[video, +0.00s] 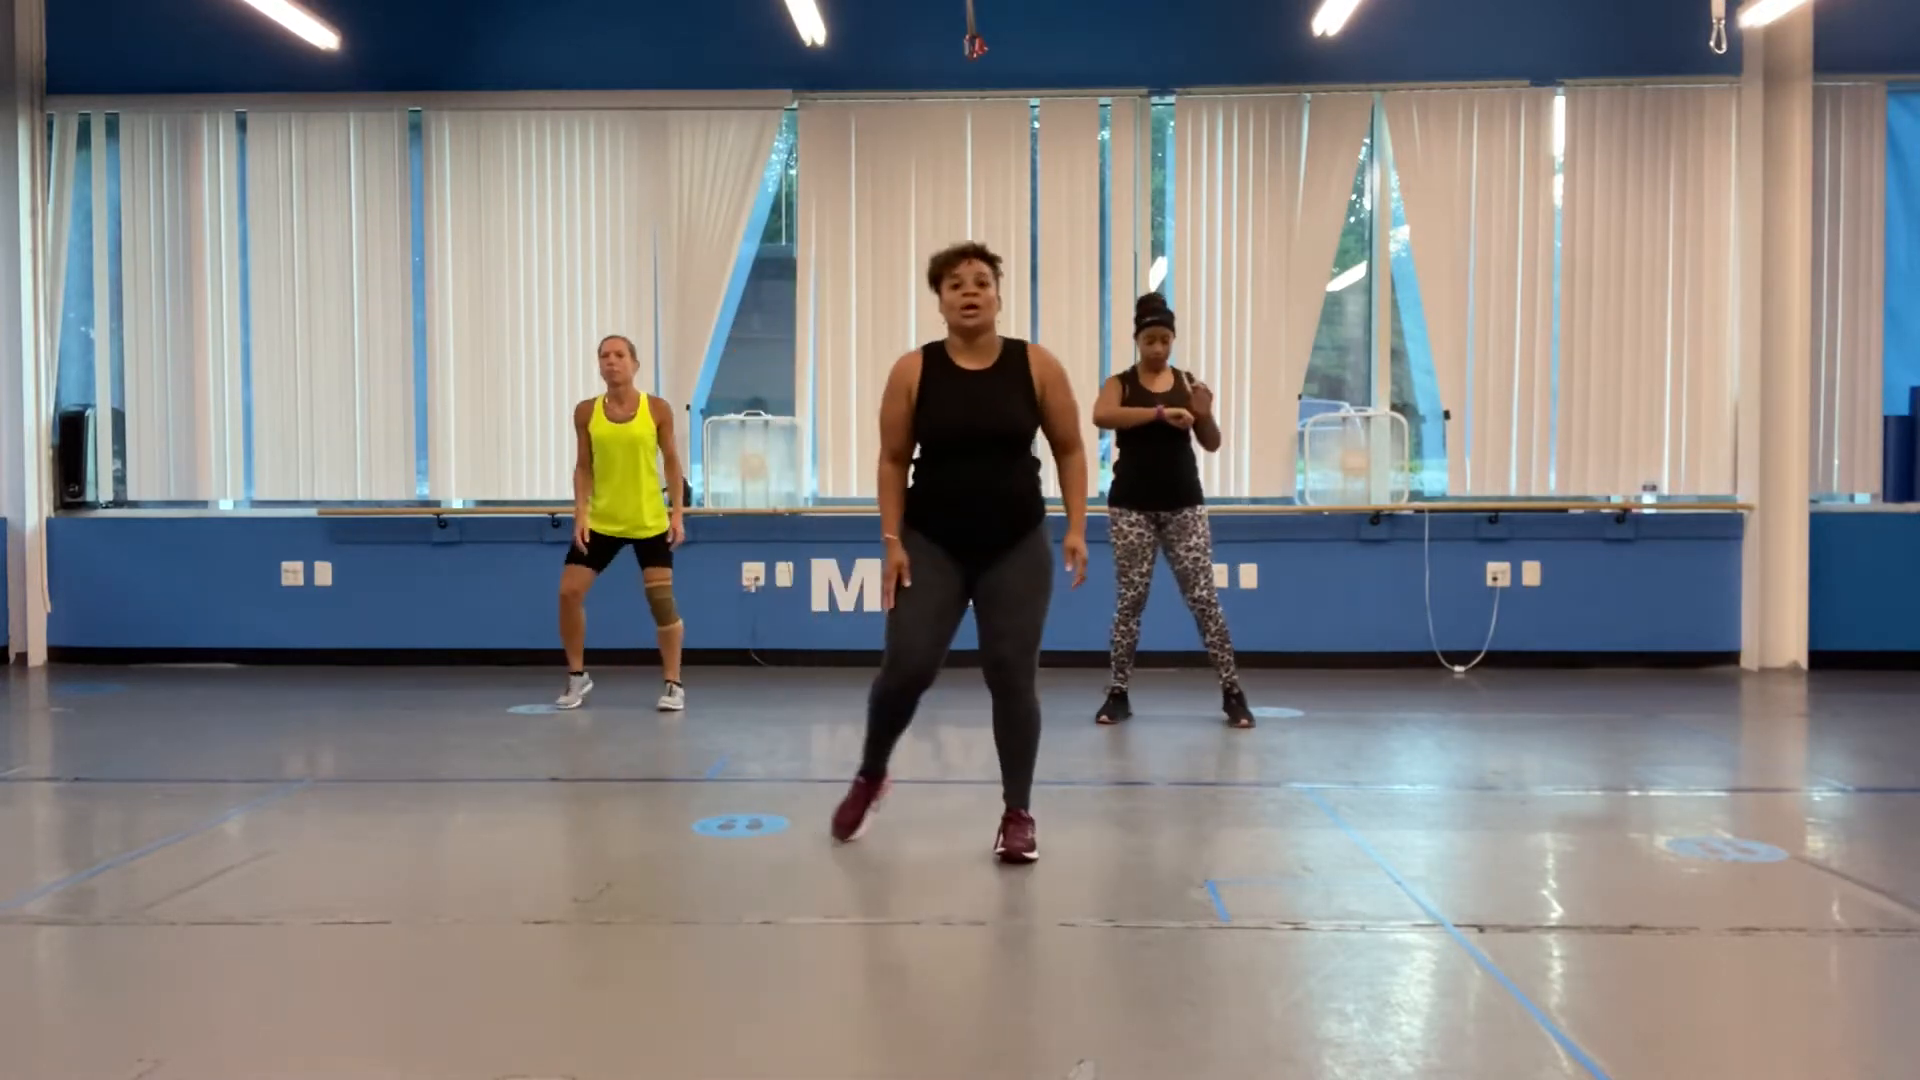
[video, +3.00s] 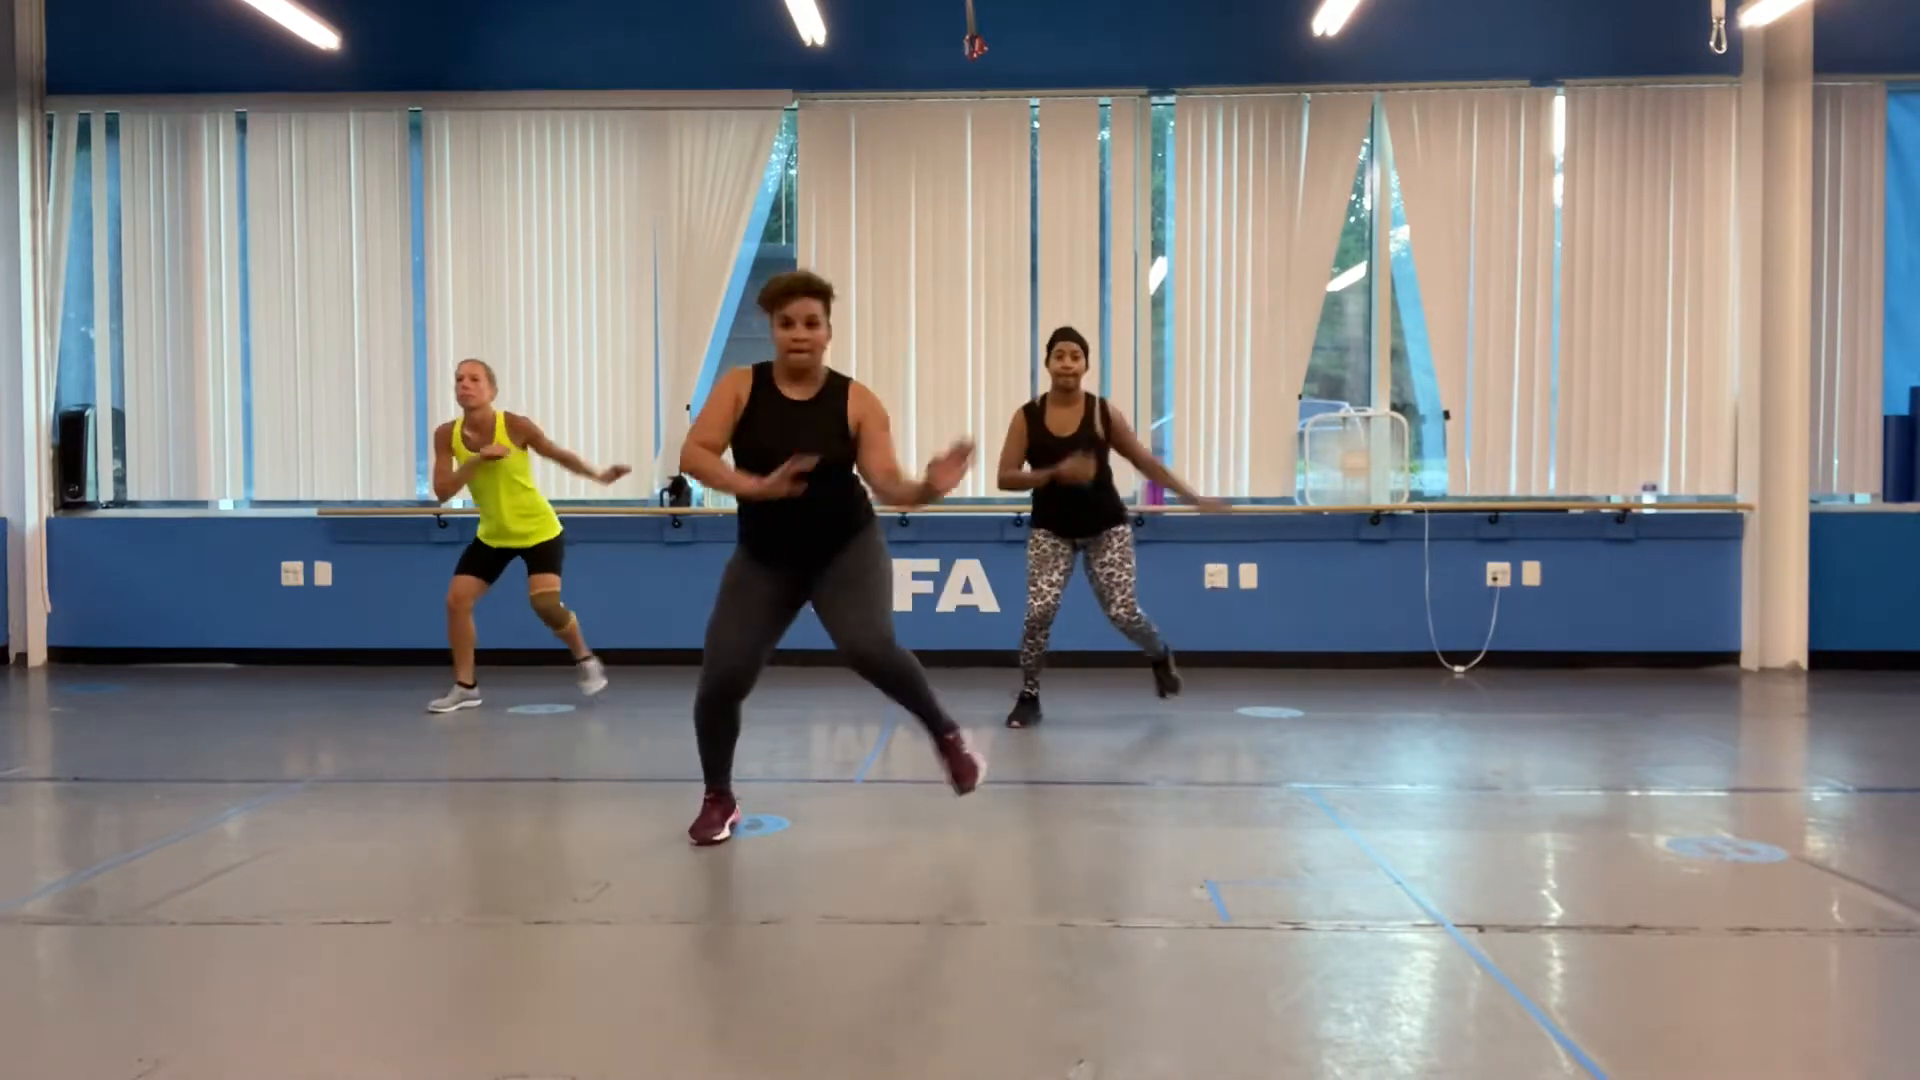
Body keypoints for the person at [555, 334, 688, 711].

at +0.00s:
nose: (611, 361)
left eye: (618, 355)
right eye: (605, 356)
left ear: (634, 364)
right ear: (598, 366)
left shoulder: (657, 409)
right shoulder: (586, 412)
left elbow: (672, 462)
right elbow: (583, 467)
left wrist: (677, 511)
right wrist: (580, 514)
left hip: (650, 520)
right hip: (602, 521)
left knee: (660, 599)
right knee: (570, 591)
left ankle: (672, 684)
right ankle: (576, 677)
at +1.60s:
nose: (561, 369)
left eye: (570, 364)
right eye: (556, 363)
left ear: (586, 375)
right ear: (550, 373)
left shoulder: (607, 412)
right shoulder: (539, 412)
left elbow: (652, 441)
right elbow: (535, 465)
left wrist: (695, 464)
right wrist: (571, 460)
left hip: (612, 524)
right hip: (568, 527)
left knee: (640, 602)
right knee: (542, 602)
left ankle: (686, 678)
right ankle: (529, 685)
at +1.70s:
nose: (549, 371)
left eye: (558, 367)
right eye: (545, 366)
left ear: (575, 378)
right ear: (538, 377)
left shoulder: (597, 419)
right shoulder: (527, 421)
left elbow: (628, 458)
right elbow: (522, 477)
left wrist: (664, 472)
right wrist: (555, 464)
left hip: (603, 524)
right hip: (560, 527)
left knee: (616, 601)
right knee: (529, 598)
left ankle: (666, 672)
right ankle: (527, 685)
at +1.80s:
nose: (548, 371)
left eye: (557, 365)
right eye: (543, 366)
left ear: (575, 376)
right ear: (538, 378)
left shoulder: (599, 418)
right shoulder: (528, 423)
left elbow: (613, 469)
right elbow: (518, 473)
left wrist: (616, 496)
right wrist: (533, 492)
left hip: (601, 523)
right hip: (556, 525)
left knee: (612, 599)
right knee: (526, 598)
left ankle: (639, 674)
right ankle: (527, 685)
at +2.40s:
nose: (542, 374)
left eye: (550, 368)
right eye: (537, 369)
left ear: (569, 379)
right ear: (532, 381)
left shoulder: (594, 417)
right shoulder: (526, 423)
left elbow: (632, 450)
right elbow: (533, 477)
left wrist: (665, 475)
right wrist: (551, 483)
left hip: (612, 521)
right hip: (568, 526)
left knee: (630, 599)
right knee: (532, 594)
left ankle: (673, 680)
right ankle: (521, 683)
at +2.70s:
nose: (499, 382)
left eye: (508, 377)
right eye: (494, 377)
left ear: (527, 387)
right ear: (490, 388)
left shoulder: (554, 419)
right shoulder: (488, 430)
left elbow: (602, 445)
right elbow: (491, 484)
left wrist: (651, 453)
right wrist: (529, 466)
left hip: (578, 526)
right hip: (535, 530)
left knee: (585, 603)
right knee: (487, 590)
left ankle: (615, 680)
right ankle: (503, 678)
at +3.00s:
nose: (465, 385)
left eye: (473, 380)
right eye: (460, 380)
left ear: (492, 390)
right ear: (455, 391)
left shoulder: (517, 426)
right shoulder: (447, 435)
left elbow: (557, 454)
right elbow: (442, 490)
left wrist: (597, 475)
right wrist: (477, 459)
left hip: (537, 527)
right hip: (493, 532)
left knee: (545, 603)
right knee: (458, 599)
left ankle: (585, 660)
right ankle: (465, 687)